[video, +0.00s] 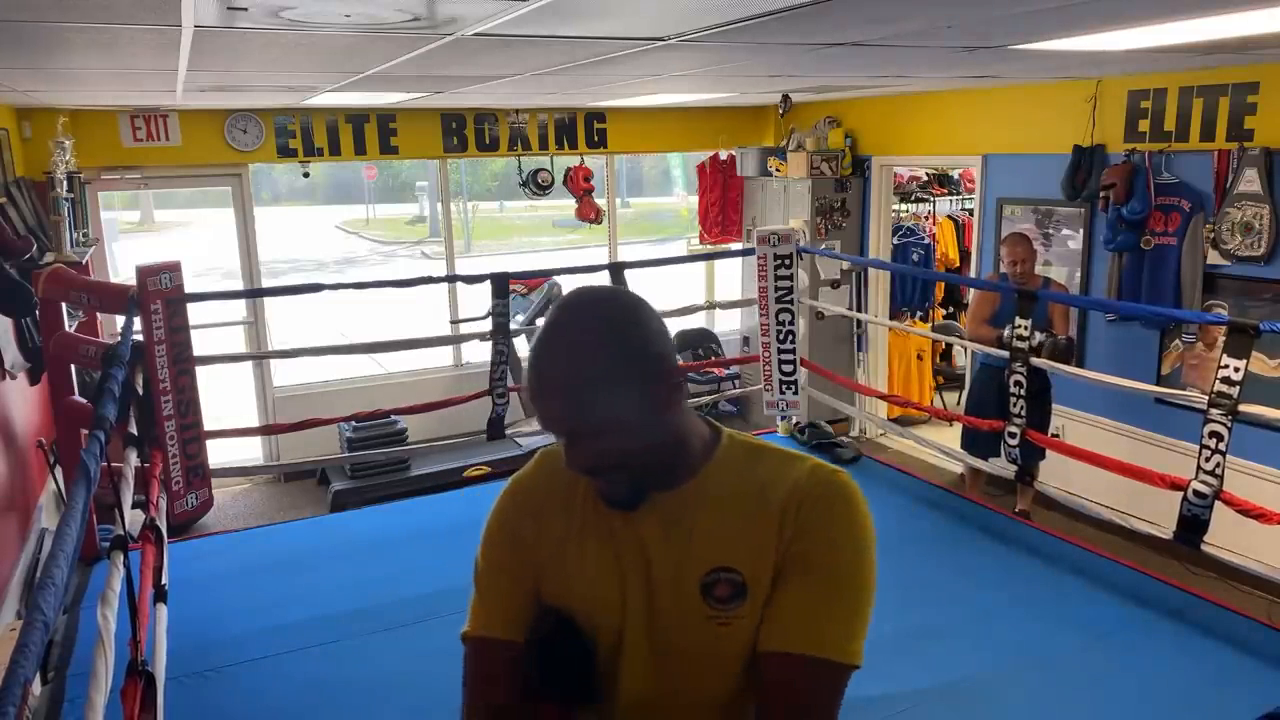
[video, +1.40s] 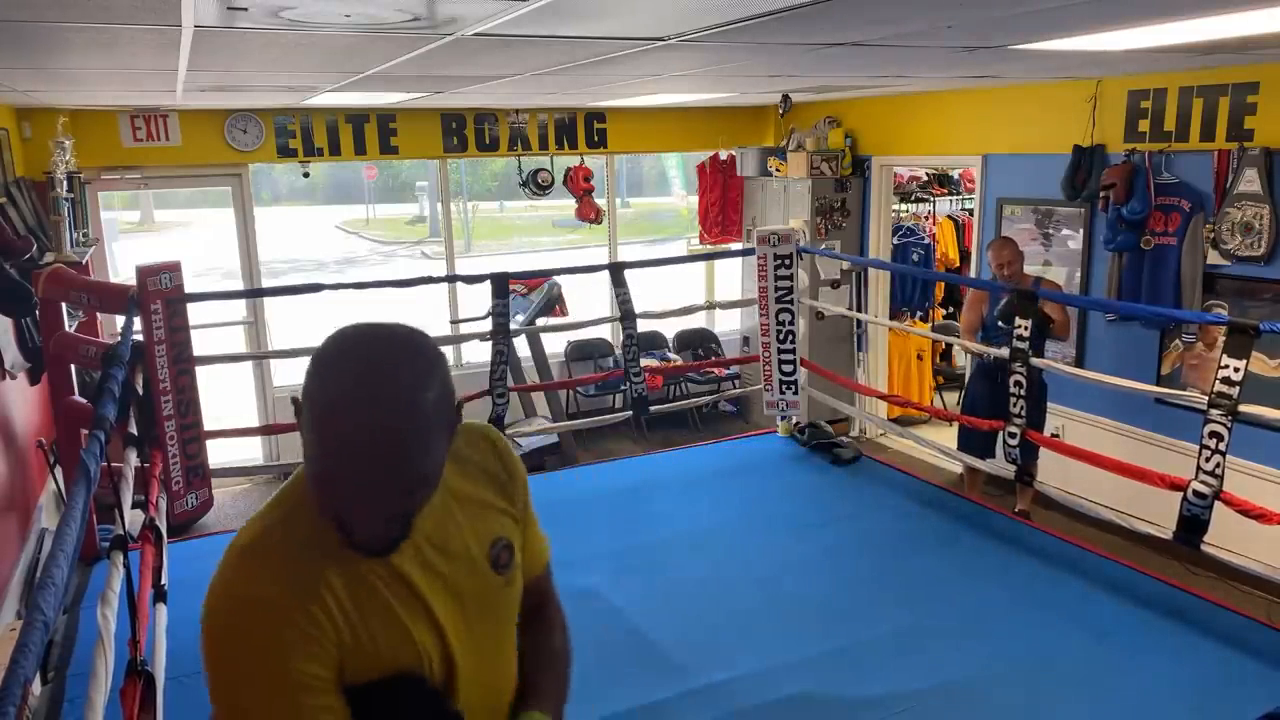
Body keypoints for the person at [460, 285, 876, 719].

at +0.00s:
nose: (576, 466)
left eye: (598, 444)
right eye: (558, 438)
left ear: (673, 389)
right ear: (538, 411)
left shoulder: (813, 506)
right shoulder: (528, 503)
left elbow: (794, 708)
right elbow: (489, 703)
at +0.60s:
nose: (584, 486)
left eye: (615, 456)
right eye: (565, 455)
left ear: (680, 417)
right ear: (546, 426)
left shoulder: (783, 503)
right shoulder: (495, 516)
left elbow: (826, 707)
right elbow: (459, 701)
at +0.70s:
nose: (531, 489)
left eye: (559, 461)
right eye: (513, 460)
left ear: (626, 428)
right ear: (495, 436)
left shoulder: (732, 496)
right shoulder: (451, 534)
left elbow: (796, 684)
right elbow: (420, 706)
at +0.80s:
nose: (472, 511)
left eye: (503, 482)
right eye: (451, 480)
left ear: (574, 437)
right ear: (432, 453)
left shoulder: (678, 488)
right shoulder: (390, 564)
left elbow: (745, 685)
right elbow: (368, 709)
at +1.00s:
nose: (378, 568)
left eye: (413, 548)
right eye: (351, 541)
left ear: (478, 461)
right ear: (318, 476)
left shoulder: (556, 473)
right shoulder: (287, 623)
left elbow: (636, 654)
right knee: (423, 705)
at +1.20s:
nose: (364, 576)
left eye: (395, 555)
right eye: (331, 547)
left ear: (452, 464)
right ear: (290, 473)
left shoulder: (517, 467)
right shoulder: (264, 629)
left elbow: (588, 626)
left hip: (523, 702)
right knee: (410, 708)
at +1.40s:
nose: (378, 525)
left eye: (410, 493)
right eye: (346, 490)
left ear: (453, 434)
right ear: (302, 428)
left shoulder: (487, 460)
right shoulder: (262, 604)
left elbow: (536, 607)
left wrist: (537, 708)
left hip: (504, 699)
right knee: (402, 696)